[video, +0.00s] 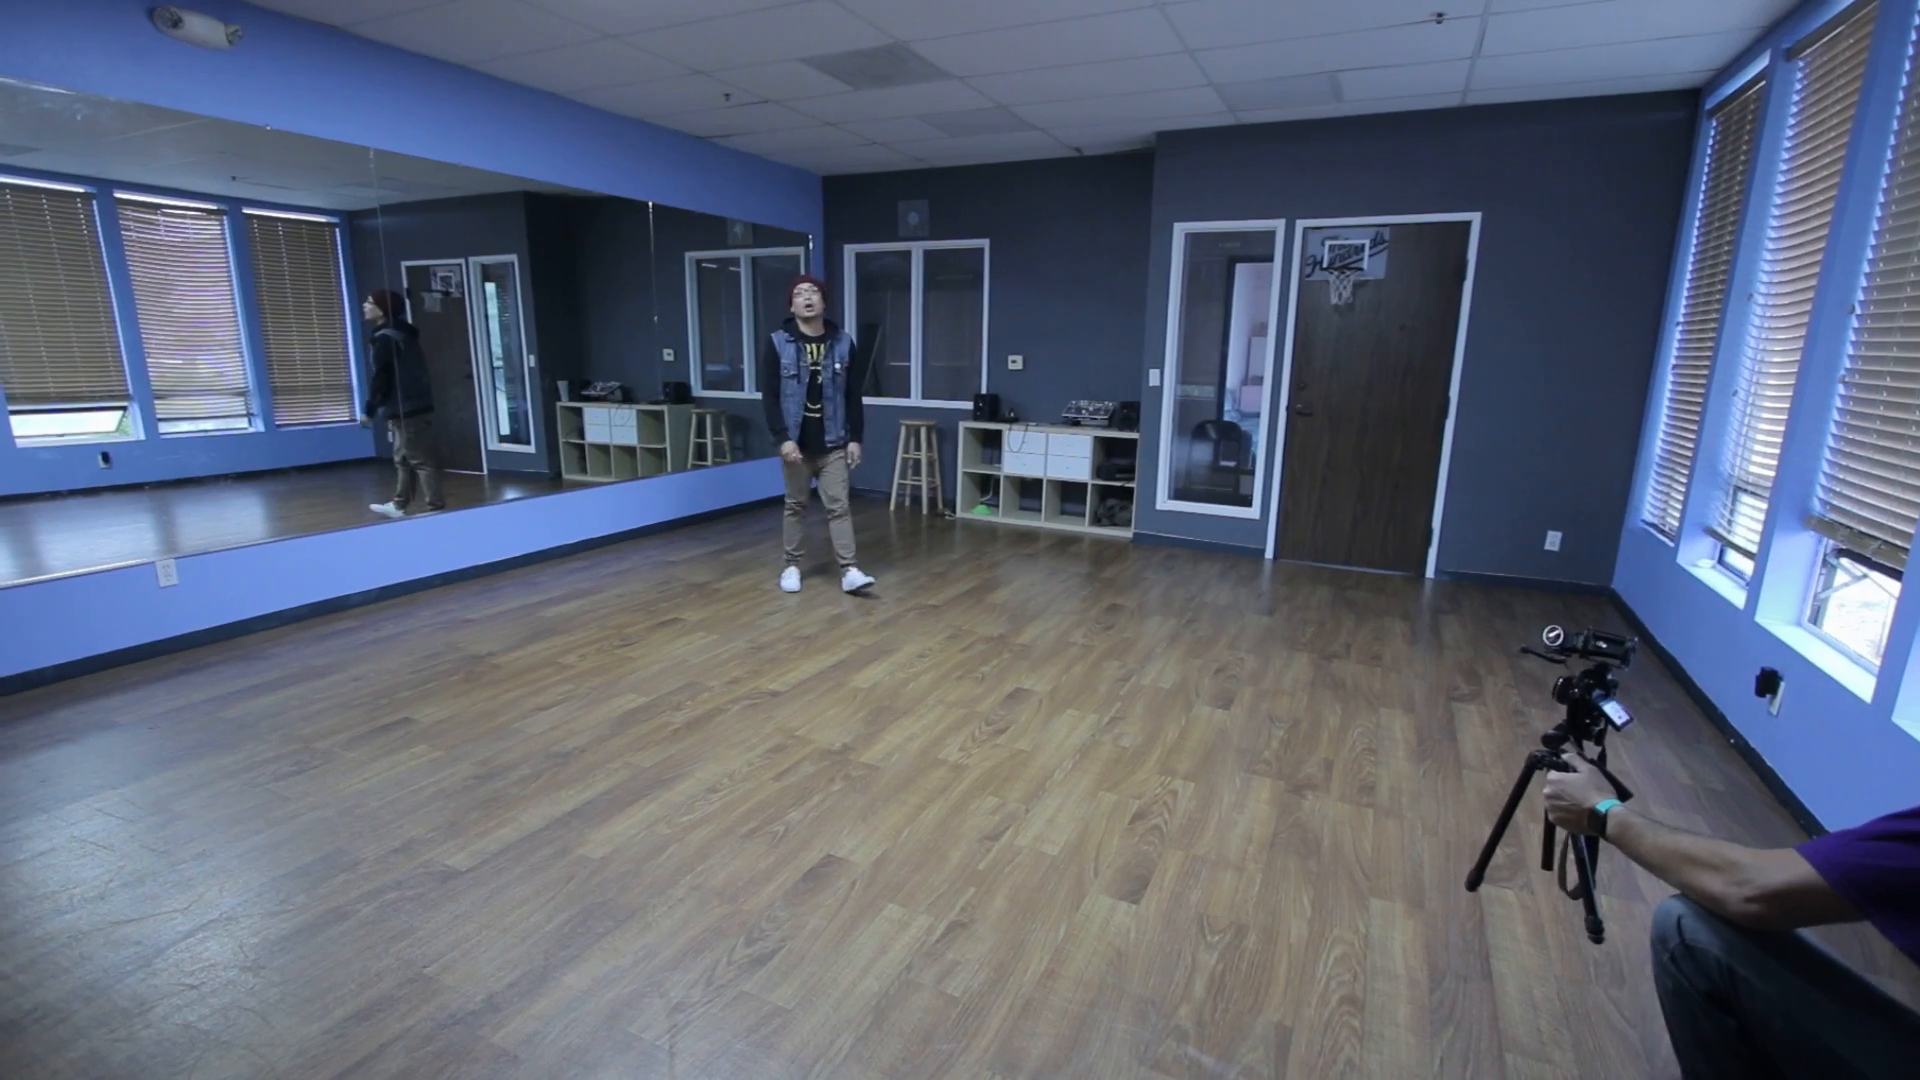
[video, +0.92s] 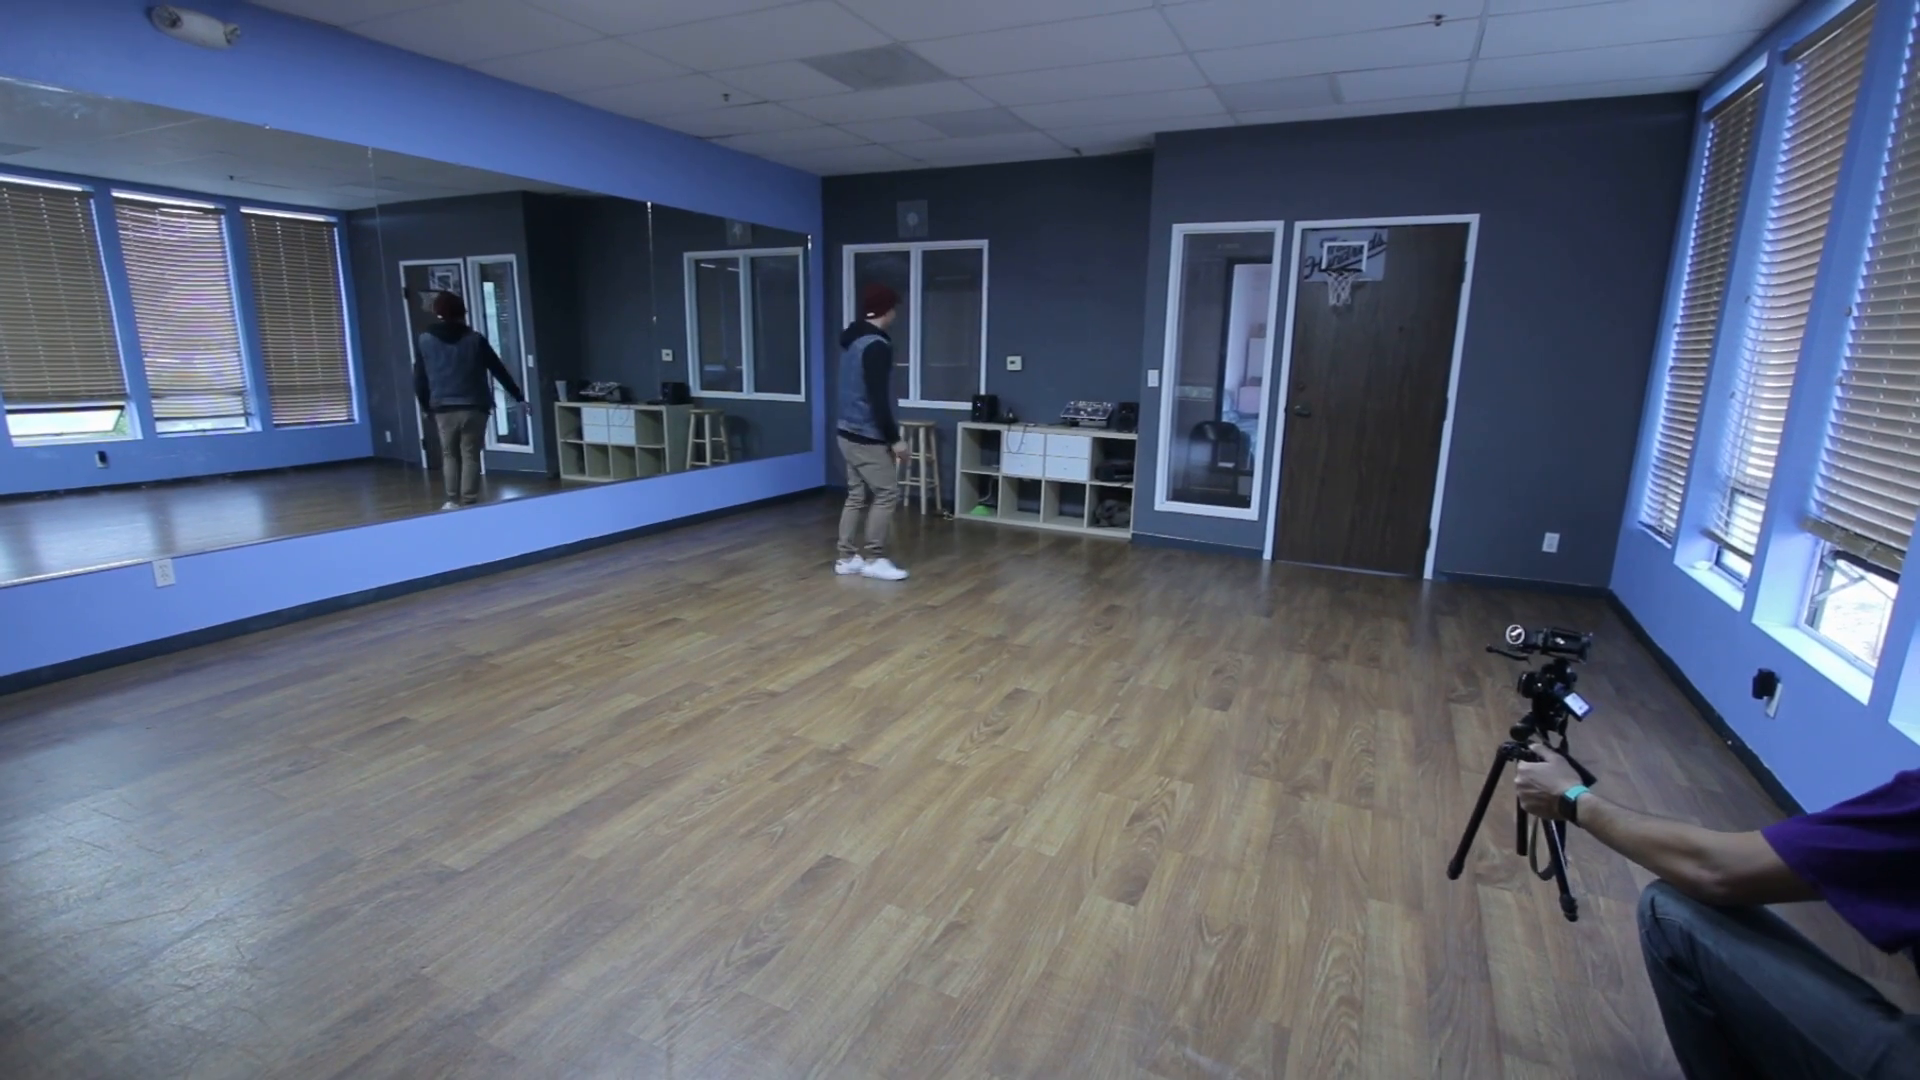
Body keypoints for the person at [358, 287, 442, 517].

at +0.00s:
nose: (365, 307)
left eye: (370, 304)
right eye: (367, 303)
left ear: (382, 310)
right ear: (386, 310)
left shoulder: (383, 338)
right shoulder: (405, 332)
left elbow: (382, 378)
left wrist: (369, 411)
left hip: (405, 407)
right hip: (414, 404)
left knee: (418, 458)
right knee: (403, 457)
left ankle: (436, 507)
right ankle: (399, 504)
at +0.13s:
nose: (370, 307)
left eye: (374, 303)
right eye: (371, 303)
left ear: (387, 308)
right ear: (392, 308)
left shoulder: (388, 336)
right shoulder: (409, 328)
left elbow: (390, 377)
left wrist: (389, 413)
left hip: (411, 405)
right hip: (424, 401)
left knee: (417, 456)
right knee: (427, 453)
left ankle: (430, 501)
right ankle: (433, 499)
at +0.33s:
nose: (384, 311)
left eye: (386, 307)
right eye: (385, 307)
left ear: (394, 310)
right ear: (412, 308)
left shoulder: (398, 337)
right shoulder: (425, 330)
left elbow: (404, 377)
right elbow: (434, 370)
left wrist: (411, 411)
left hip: (417, 410)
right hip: (439, 406)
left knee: (418, 461)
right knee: (446, 457)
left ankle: (432, 506)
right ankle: (462, 499)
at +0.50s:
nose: (403, 313)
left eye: (404, 308)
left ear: (405, 311)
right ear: (428, 308)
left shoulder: (402, 336)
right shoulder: (444, 333)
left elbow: (404, 375)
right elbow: (456, 370)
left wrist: (408, 404)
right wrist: (451, 394)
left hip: (420, 408)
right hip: (449, 405)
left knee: (424, 459)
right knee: (456, 456)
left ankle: (432, 506)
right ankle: (468, 501)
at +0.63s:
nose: (417, 314)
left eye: (417, 311)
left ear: (419, 312)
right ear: (443, 311)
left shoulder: (409, 339)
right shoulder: (460, 337)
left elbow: (405, 378)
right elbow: (475, 373)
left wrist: (405, 409)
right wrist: (473, 402)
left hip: (427, 410)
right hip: (460, 408)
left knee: (427, 457)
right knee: (463, 458)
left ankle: (430, 504)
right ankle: (469, 502)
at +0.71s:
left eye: (426, 309)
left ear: (425, 311)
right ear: (449, 310)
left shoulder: (413, 337)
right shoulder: (464, 335)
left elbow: (406, 377)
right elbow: (484, 367)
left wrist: (405, 409)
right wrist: (493, 396)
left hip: (433, 409)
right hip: (464, 407)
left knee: (429, 456)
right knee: (466, 455)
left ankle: (432, 503)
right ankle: (468, 503)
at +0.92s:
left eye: (440, 313)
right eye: (460, 312)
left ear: (439, 315)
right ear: (462, 312)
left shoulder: (425, 341)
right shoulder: (475, 339)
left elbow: (420, 380)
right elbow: (498, 371)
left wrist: (427, 406)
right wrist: (518, 396)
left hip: (443, 408)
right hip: (474, 407)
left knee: (448, 454)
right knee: (471, 455)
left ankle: (452, 500)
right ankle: (469, 500)